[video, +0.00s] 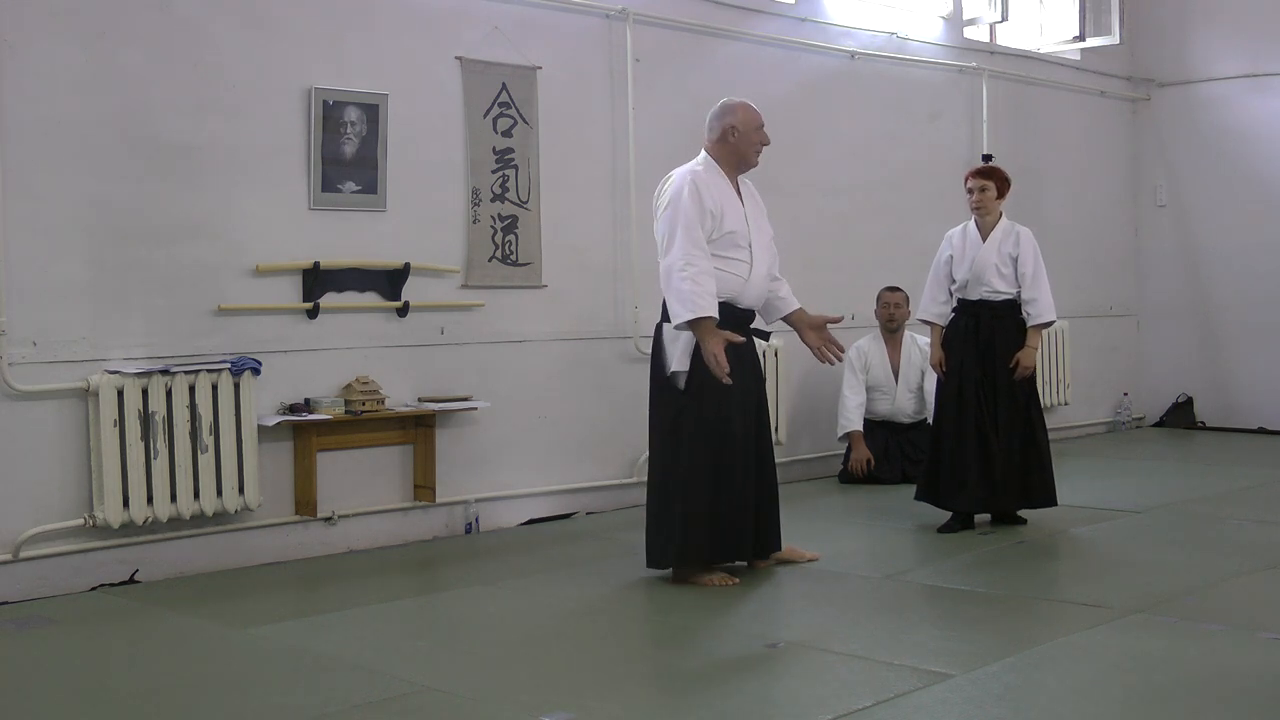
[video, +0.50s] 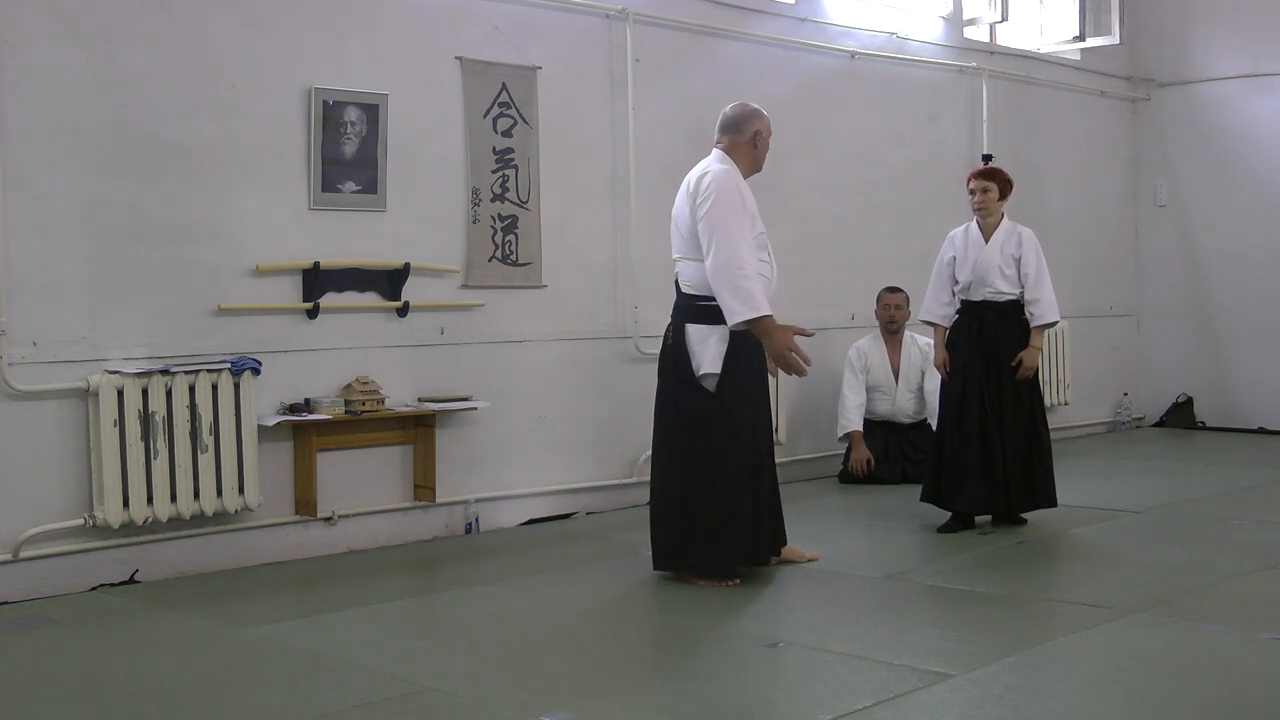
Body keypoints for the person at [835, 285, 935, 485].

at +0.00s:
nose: (891, 312)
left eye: (898, 306)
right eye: (885, 306)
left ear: (908, 313)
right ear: (876, 313)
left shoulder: (926, 348)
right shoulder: (860, 351)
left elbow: (934, 396)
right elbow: (851, 398)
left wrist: (941, 435)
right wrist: (857, 442)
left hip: (916, 430)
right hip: (875, 430)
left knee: (934, 473)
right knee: (855, 472)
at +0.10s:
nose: (891, 312)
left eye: (898, 307)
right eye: (885, 307)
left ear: (908, 313)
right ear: (876, 313)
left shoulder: (926, 348)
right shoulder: (860, 350)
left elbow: (934, 396)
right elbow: (851, 398)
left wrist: (941, 435)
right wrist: (857, 443)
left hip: (916, 430)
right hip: (874, 431)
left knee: (934, 473)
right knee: (855, 472)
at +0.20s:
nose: (892, 313)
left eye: (898, 307)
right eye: (886, 307)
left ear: (908, 313)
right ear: (876, 313)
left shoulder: (926, 348)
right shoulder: (861, 350)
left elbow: (934, 396)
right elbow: (851, 398)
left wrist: (940, 436)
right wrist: (857, 443)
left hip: (916, 430)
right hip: (875, 430)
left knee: (934, 473)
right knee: (855, 472)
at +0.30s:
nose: (891, 313)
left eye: (898, 307)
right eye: (886, 307)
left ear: (908, 314)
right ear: (876, 313)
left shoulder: (926, 348)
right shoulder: (861, 350)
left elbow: (935, 396)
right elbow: (852, 398)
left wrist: (943, 436)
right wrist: (857, 443)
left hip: (916, 430)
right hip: (874, 431)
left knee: (934, 473)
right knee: (855, 472)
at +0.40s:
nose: (892, 313)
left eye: (898, 308)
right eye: (886, 308)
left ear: (909, 314)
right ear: (876, 313)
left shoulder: (926, 348)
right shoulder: (861, 350)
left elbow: (935, 396)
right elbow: (852, 398)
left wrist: (945, 436)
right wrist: (857, 443)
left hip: (916, 430)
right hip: (875, 431)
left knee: (938, 471)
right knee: (856, 472)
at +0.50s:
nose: (891, 314)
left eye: (898, 308)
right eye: (885, 308)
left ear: (908, 314)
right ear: (876, 313)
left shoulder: (926, 349)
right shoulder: (861, 350)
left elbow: (936, 397)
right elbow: (852, 398)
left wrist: (945, 437)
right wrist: (857, 443)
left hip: (916, 430)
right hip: (875, 430)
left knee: (936, 471)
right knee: (856, 471)